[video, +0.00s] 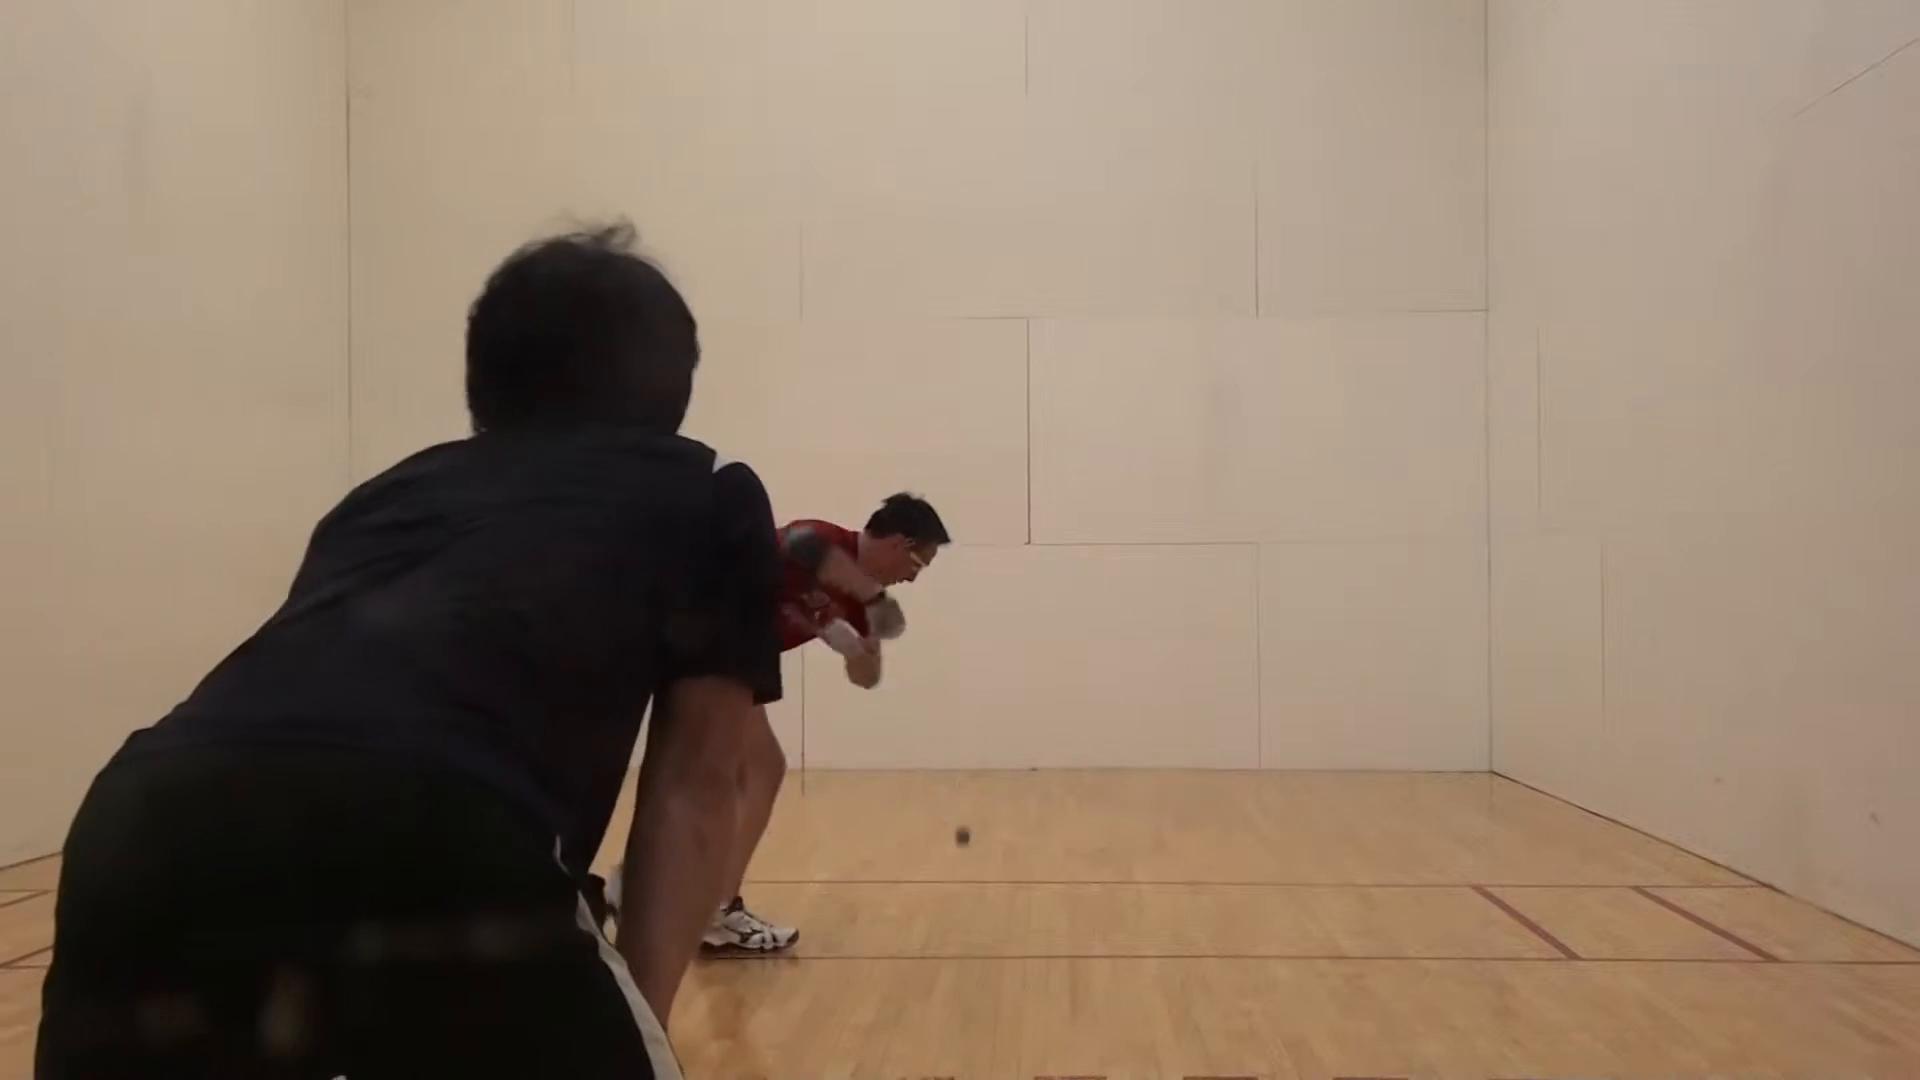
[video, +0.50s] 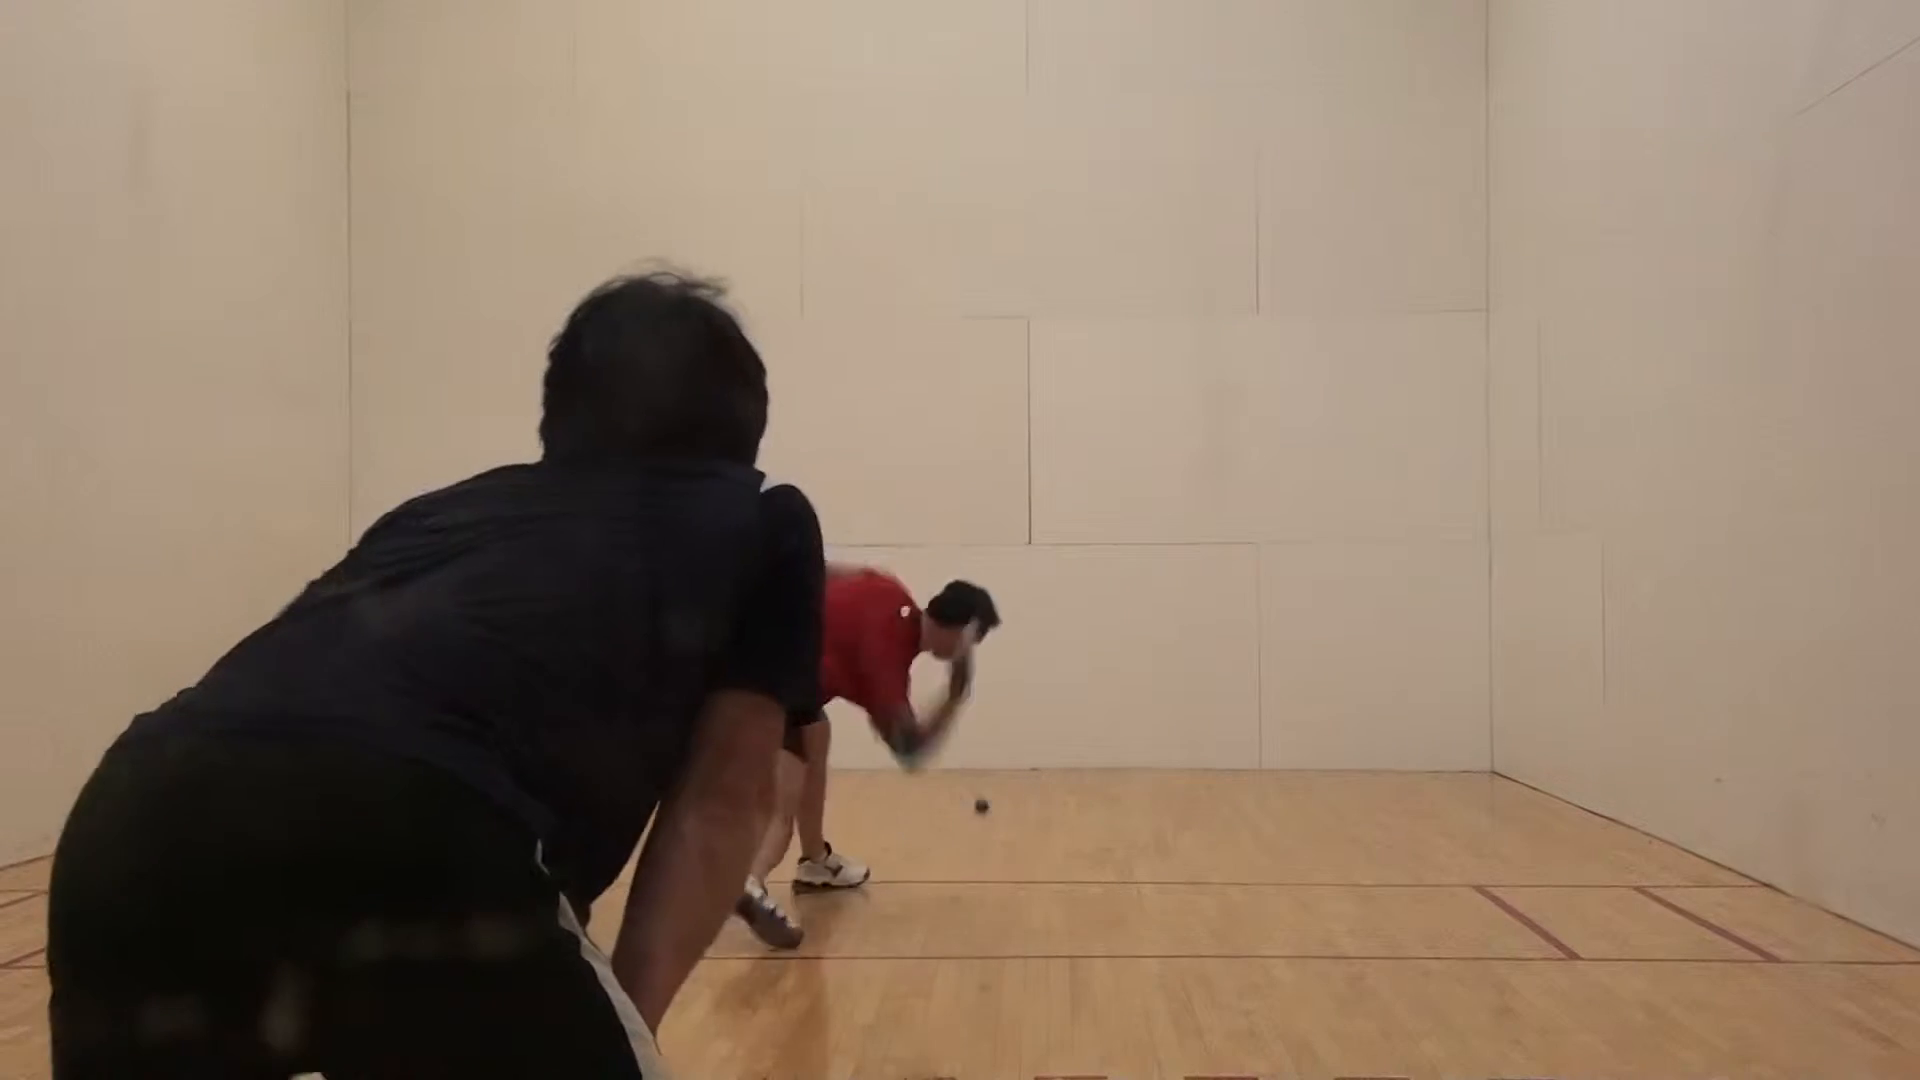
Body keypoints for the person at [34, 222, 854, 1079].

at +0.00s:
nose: (682, 400)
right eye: (683, 383)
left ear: (480, 393)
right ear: (669, 395)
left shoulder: (386, 490)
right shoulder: (702, 489)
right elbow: (708, 769)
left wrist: (745, 585)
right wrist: (638, 1020)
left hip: (148, 830)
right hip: (434, 846)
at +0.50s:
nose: (755, 445)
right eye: (755, 428)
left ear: (554, 423)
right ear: (746, 432)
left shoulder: (447, 507)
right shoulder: (757, 518)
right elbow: (728, 794)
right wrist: (619, 1028)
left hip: (135, 832)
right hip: (411, 849)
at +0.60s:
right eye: (715, 427)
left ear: (517, 424)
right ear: (705, 433)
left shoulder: (409, 508)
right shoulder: (719, 518)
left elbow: (161, 687)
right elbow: (690, 799)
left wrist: (219, 990)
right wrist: (592, 1027)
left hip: (114, 814)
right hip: (393, 840)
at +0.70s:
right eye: (648, 431)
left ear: (448, 419)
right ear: (637, 426)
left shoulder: (326, 512)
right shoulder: (650, 519)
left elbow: (99, 693)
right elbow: (642, 794)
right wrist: (554, 1039)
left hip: (48, 869)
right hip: (334, 888)